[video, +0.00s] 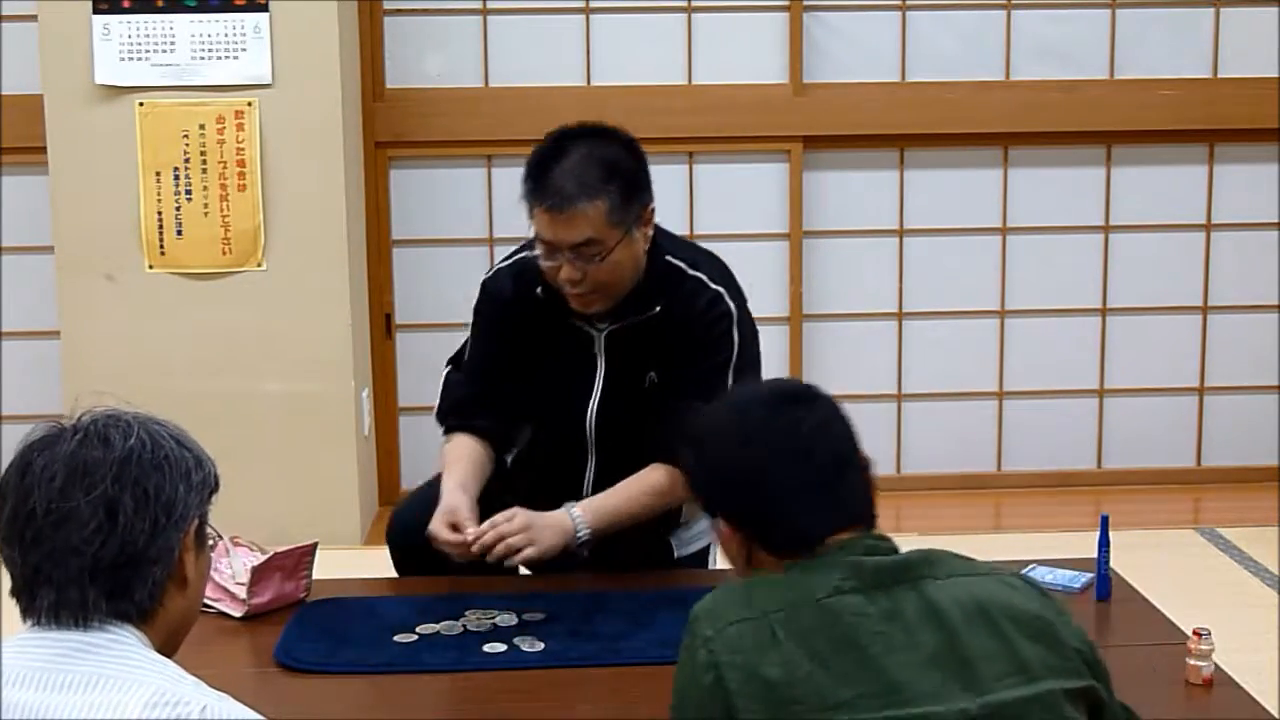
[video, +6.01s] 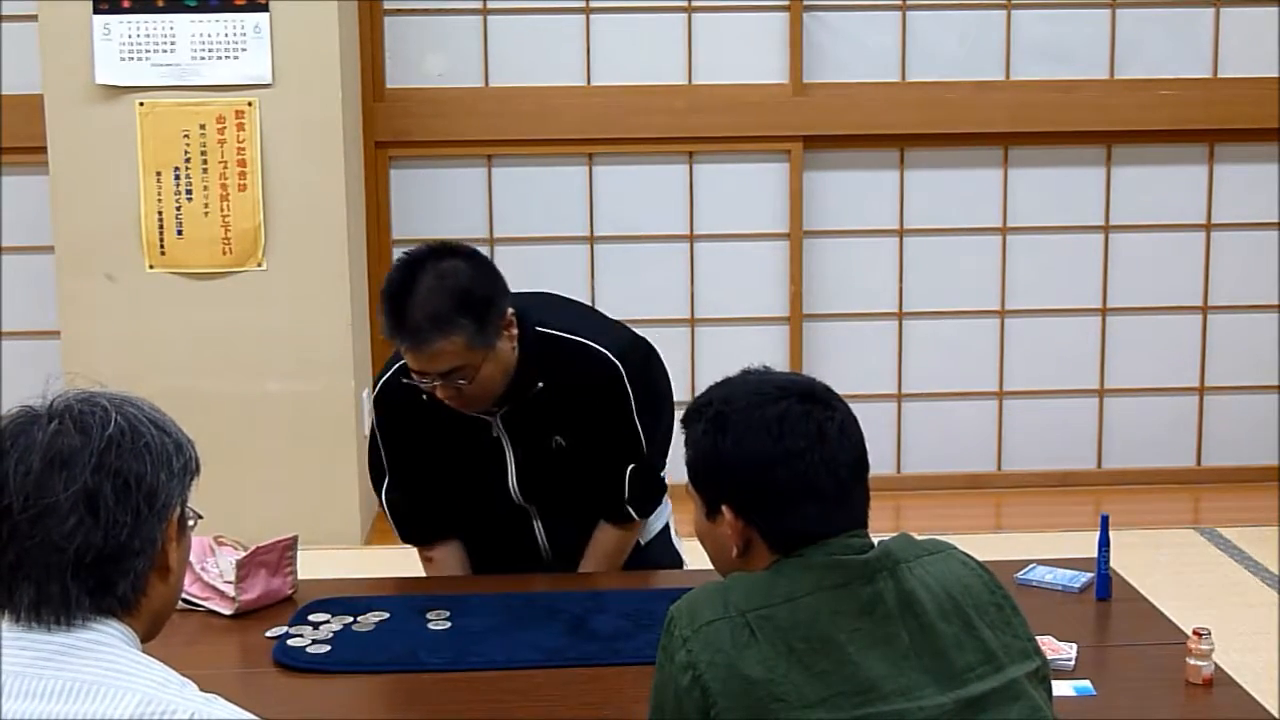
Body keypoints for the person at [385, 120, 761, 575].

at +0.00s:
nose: (567, 274)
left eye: (589, 253)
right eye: (548, 251)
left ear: (645, 226)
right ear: (533, 229)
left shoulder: (703, 301)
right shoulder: (510, 290)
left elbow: (694, 463)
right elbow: (474, 410)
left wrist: (568, 523)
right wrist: (458, 491)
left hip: (648, 523)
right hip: (525, 509)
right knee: (413, 529)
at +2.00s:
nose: (479, 315)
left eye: (495, 292)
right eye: (456, 298)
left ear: (543, 256)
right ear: (436, 274)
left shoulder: (618, 310)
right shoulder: (427, 337)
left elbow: (684, 445)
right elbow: (364, 453)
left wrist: (641, 557)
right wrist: (330, 564)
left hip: (624, 570)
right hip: (495, 577)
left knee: (639, 708)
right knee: (487, 714)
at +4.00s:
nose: (381, 325)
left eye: (393, 301)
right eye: (359, 310)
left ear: (440, 253)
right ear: (339, 288)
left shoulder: (539, 311)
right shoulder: (349, 331)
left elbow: (562, 470)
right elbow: (326, 442)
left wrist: (447, 545)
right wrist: (317, 538)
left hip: (580, 520)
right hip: (464, 528)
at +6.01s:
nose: (442, 393)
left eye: (458, 375)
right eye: (424, 378)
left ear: (509, 330)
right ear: (407, 352)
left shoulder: (614, 368)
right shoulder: (397, 396)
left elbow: (625, 516)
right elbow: (435, 544)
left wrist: (571, 622)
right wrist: (468, 641)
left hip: (623, 575)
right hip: (494, 588)